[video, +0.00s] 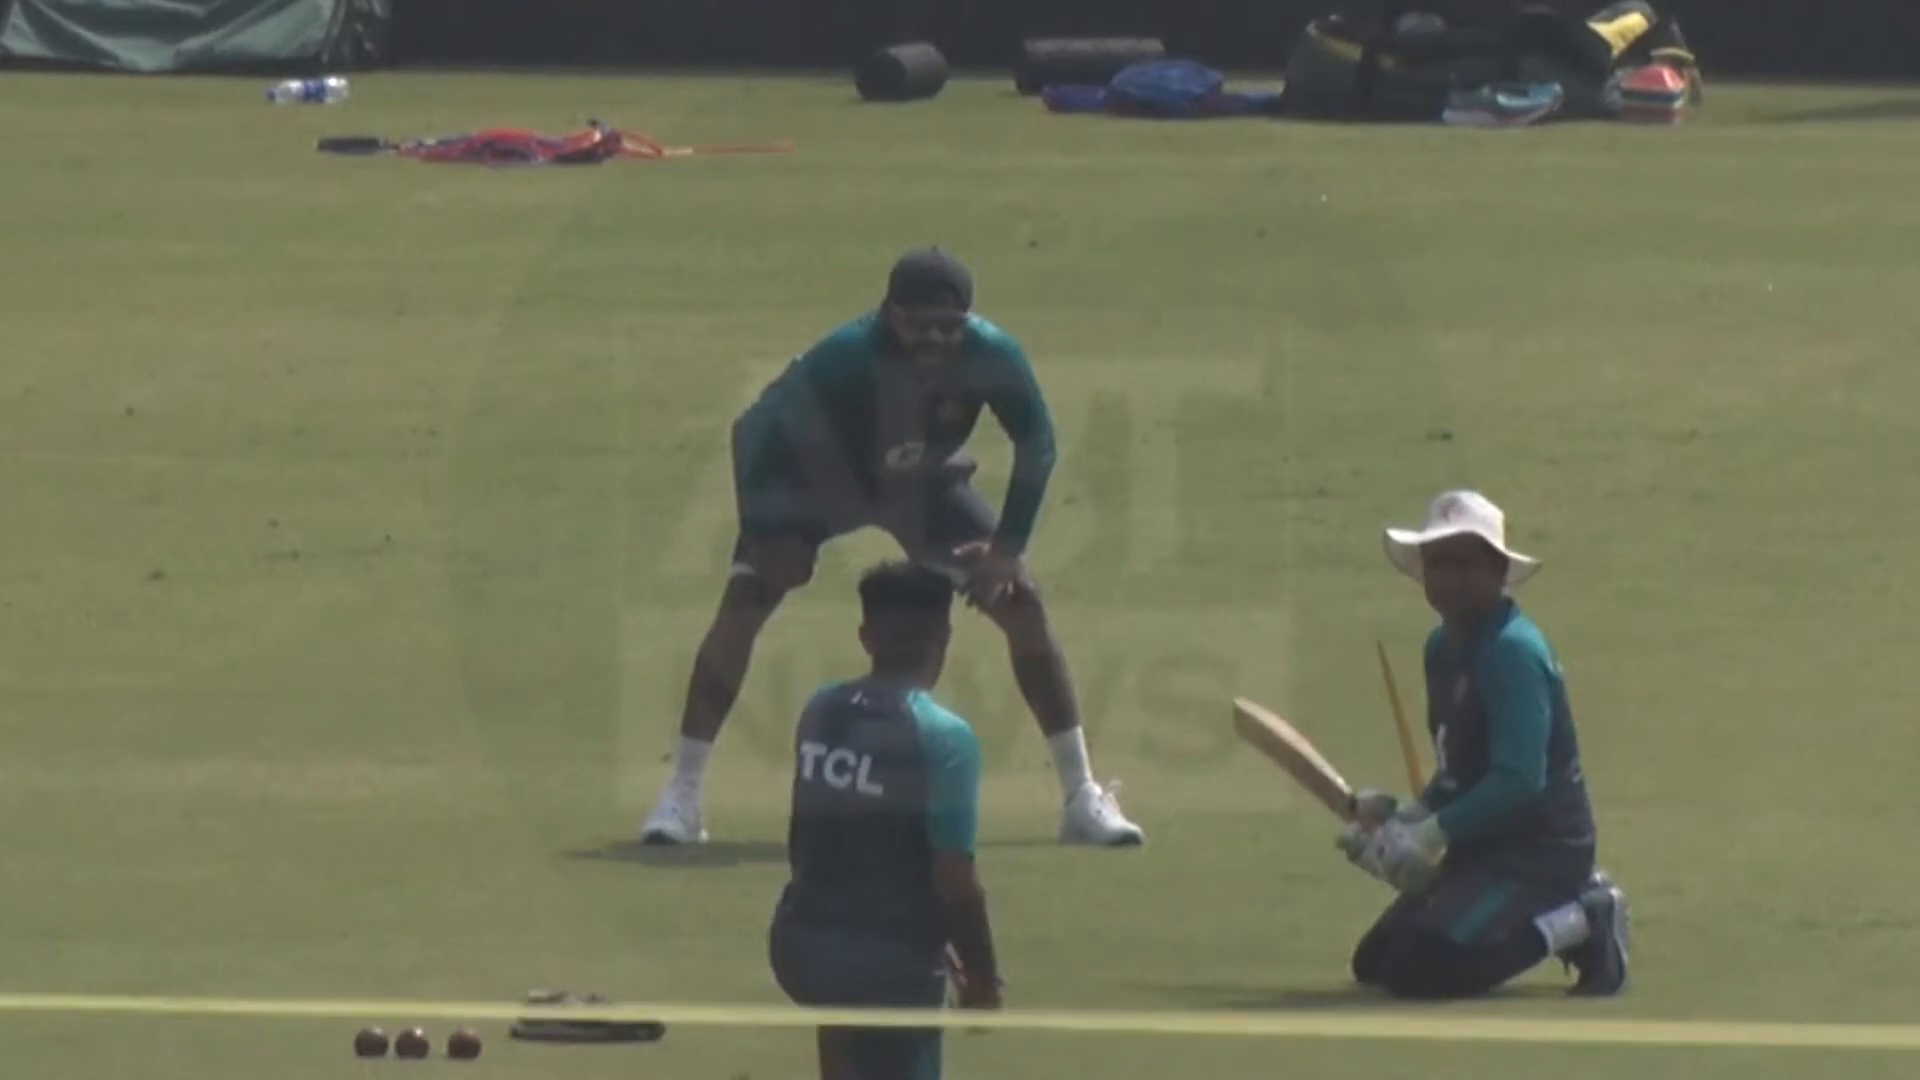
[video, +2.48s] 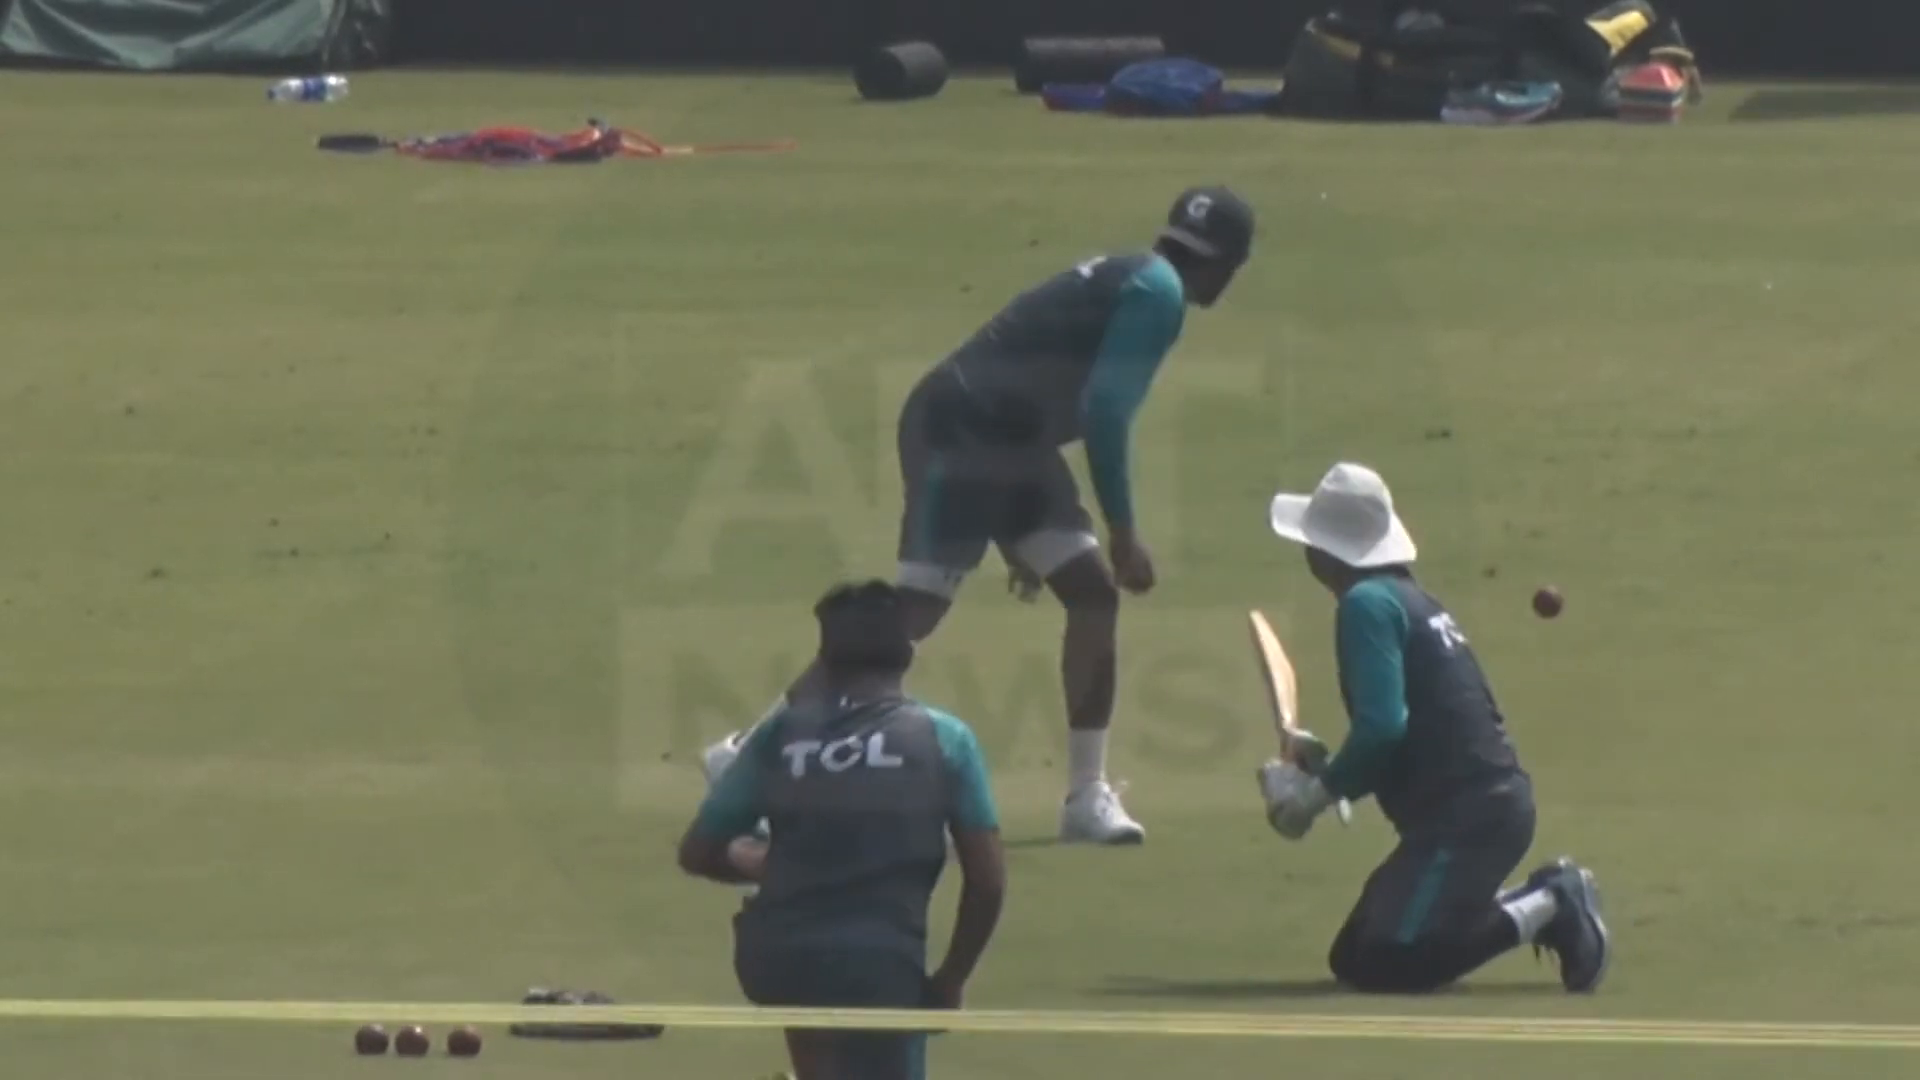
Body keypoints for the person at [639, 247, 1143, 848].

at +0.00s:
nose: (929, 342)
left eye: (943, 329)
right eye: (915, 327)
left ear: (964, 320)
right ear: (889, 315)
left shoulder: (994, 358)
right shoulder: (844, 357)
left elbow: (1037, 444)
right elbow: (755, 429)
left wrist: (1008, 545)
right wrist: (767, 536)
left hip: (922, 485)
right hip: (812, 481)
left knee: (1023, 610)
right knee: (744, 604)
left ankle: (1084, 795)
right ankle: (682, 796)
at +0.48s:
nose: (929, 343)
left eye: (942, 329)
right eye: (914, 329)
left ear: (962, 322)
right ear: (887, 317)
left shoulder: (992, 359)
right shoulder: (844, 358)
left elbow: (1037, 442)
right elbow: (761, 432)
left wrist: (1008, 547)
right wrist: (776, 540)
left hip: (921, 474)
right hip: (806, 472)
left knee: (1020, 603)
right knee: (748, 597)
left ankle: (1084, 794)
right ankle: (682, 795)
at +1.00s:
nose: (927, 328)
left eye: (941, 314)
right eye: (913, 314)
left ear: (960, 307)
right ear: (884, 303)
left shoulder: (988, 351)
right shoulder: (837, 347)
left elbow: (1037, 436)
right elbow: (744, 425)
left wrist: (1001, 544)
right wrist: (780, 532)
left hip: (926, 487)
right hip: (818, 484)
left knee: (1026, 605)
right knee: (749, 603)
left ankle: (1084, 796)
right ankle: (683, 795)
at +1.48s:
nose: (985, 367)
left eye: (997, 352)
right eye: (970, 351)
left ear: (1010, 351)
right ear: (935, 345)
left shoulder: (1022, 400)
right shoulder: (889, 385)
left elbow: (1052, 527)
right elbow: (880, 523)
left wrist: (1028, 532)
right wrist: (965, 529)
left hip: (950, 512)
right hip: (841, 503)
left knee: (1051, 607)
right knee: (753, 599)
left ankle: (1086, 796)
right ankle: (685, 795)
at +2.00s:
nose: (1276, 437)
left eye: (1283, 425)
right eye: (1282, 425)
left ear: (1242, 383)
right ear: (1263, 414)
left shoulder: (1189, 406)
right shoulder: (1178, 424)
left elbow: (1098, 498)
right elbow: (1089, 533)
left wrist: (1073, 558)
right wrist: (1078, 643)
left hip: (1030, 478)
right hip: (951, 455)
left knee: (1126, 603)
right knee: (876, 630)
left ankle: (1089, 798)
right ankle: (716, 776)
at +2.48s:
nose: (1227, 282)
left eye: (1230, 268)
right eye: (1231, 268)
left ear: (1176, 235)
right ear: (1218, 263)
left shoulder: (1127, 279)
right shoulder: (1158, 289)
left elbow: (1039, 404)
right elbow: (1106, 412)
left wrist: (1023, 535)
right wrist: (1123, 534)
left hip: (1022, 439)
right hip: (959, 424)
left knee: (1091, 593)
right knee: (916, 611)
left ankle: (1088, 796)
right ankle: (751, 754)